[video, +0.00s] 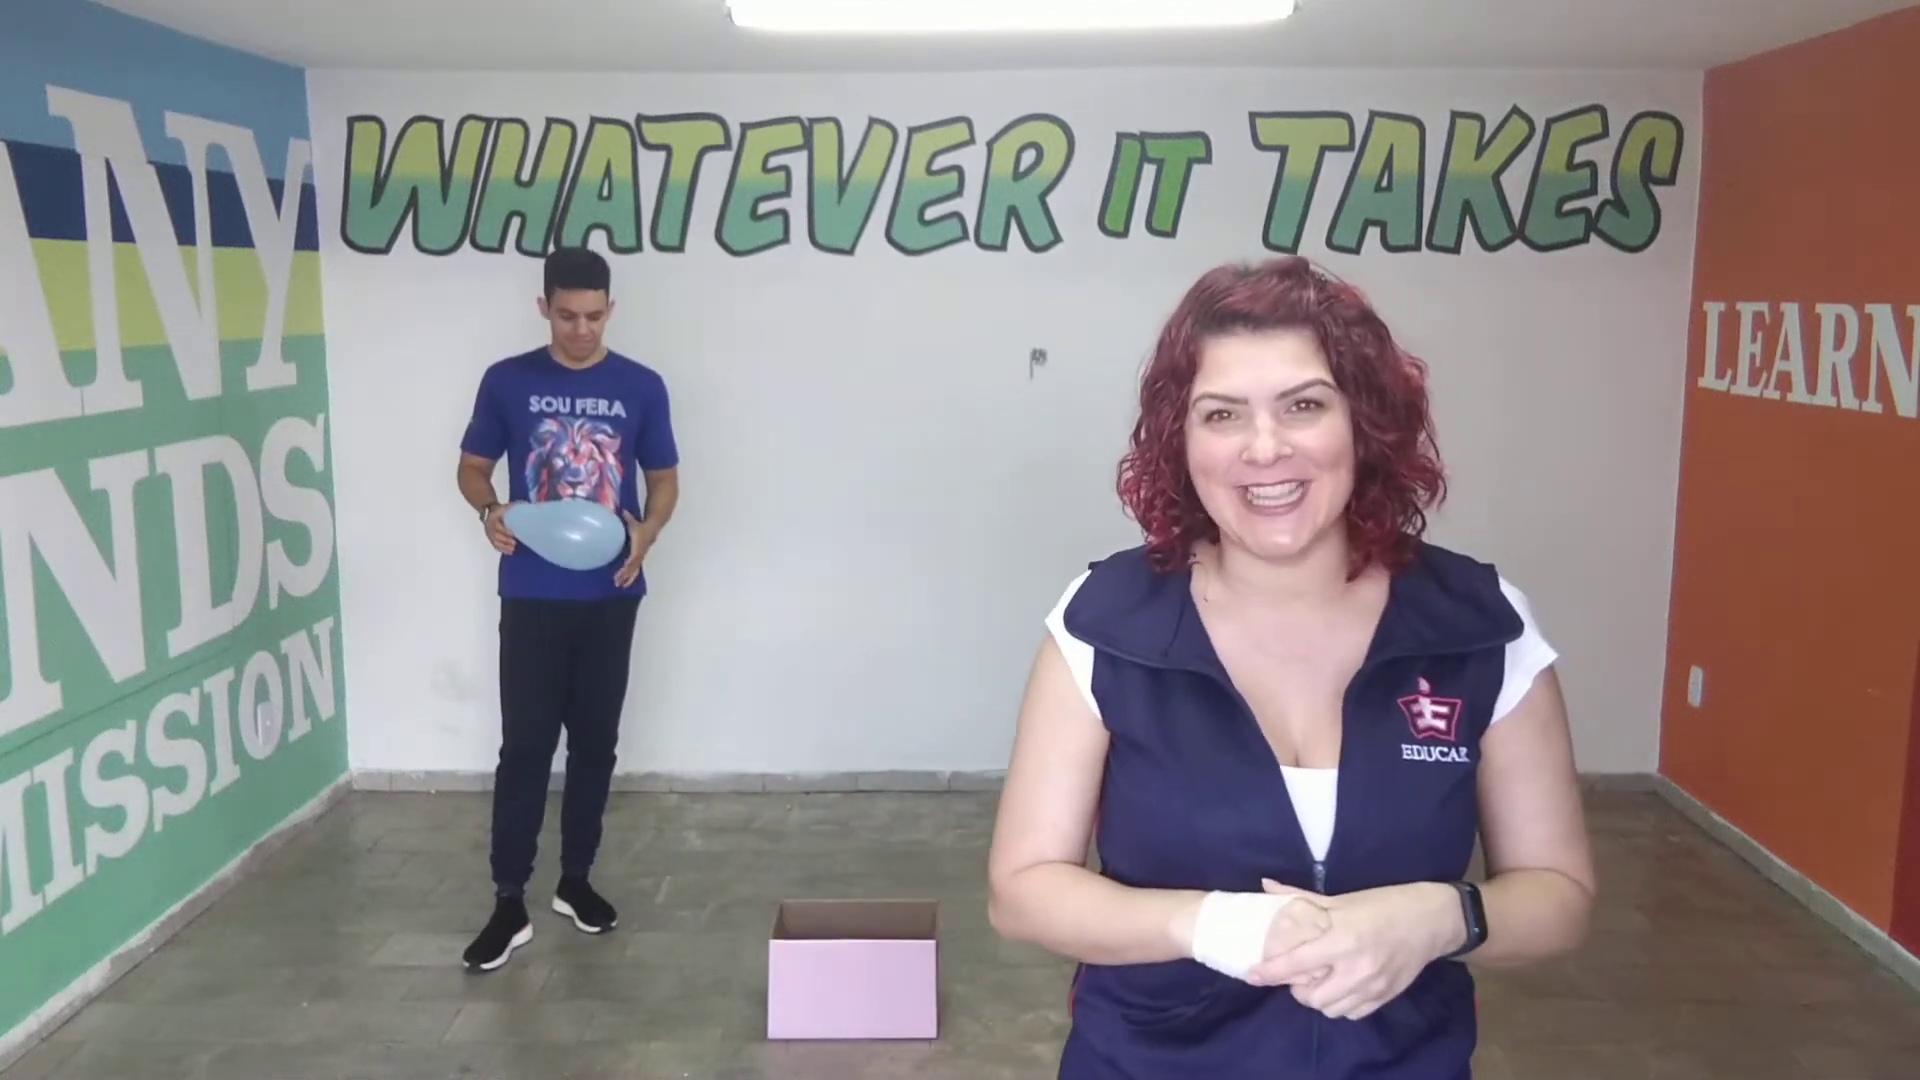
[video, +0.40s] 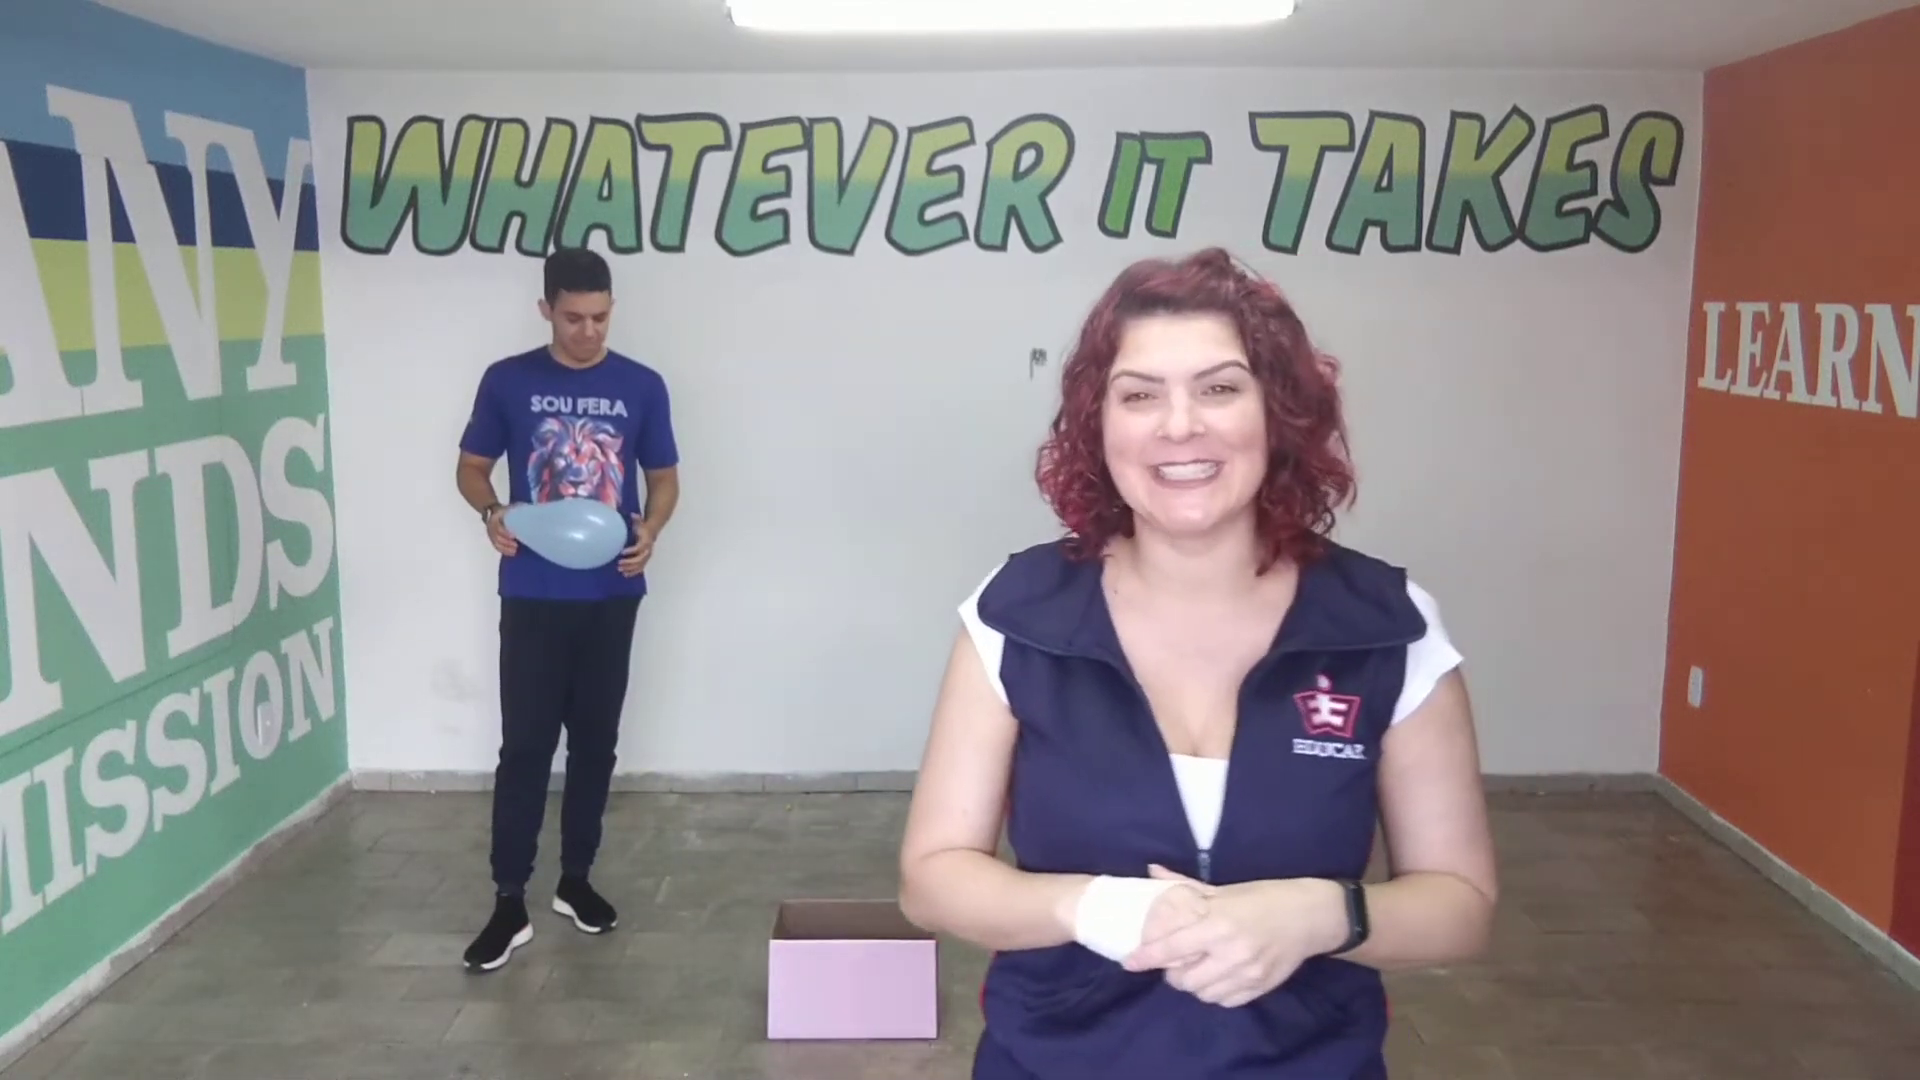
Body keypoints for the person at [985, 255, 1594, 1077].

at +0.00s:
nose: (1265, 451)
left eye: (1304, 408)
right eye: (1223, 415)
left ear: (1365, 424)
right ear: (1179, 441)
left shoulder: (1476, 624)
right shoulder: (1108, 623)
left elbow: (1559, 893)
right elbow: (1022, 887)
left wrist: (1438, 920)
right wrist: (1210, 924)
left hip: (1401, 1063)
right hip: (1154, 1063)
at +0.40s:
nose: (1180, 427)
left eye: (1220, 389)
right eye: (1140, 394)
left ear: (1278, 414)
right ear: (1096, 425)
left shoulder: (1381, 624)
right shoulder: (1022, 613)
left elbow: (1461, 904)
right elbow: (931, 876)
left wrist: (1317, 914)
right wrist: (1095, 908)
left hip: (1306, 1062)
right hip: (1059, 1060)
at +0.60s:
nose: (1144, 393)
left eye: (1186, 373)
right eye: (1109, 363)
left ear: (1229, 426)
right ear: (1053, 406)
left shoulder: (1315, 626)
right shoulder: (960, 604)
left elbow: (1393, 909)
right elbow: (883, 847)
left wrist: (1209, 922)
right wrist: (1003, 914)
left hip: (1239, 1061)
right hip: (997, 1057)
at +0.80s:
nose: (1060, 380)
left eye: (1104, 361)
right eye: (1029, 354)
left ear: (1151, 419)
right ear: (979, 400)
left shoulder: (1249, 612)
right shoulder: (906, 600)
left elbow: (1336, 894)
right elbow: (848, 829)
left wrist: (1137, 917)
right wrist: (911, 905)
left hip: (1177, 1057)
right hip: (942, 1055)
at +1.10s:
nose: (995, 400)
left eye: (1035, 375)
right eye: (961, 374)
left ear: (1084, 420)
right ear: (917, 418)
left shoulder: (1182, 621)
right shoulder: (844, 603)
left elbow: (1259, 873)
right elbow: (793, 806)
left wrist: (1110, 929)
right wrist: (789, 863)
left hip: (1091, 1060)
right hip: (865, 1053)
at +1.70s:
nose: (932, 412)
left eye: (970, 386)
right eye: (899, 385)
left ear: (1017, 425)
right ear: (855, 422)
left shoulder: (1095, 616)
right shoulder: (765, 604)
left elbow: (1138, 818)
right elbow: (683, 835)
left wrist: (1143, 914)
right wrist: (765, 903)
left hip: (1019, 1056)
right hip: (804, 1053)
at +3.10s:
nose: (1019, 424)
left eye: (1058, 397)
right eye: (984, 393)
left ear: (1109, 434)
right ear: (935, 427)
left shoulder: (1190, 637)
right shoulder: (836, 621)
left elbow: (1247, 862)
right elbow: (771, 886)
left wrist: (1200, 932)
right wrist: (732, 869)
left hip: (1107, 1055)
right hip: (878, 1053)